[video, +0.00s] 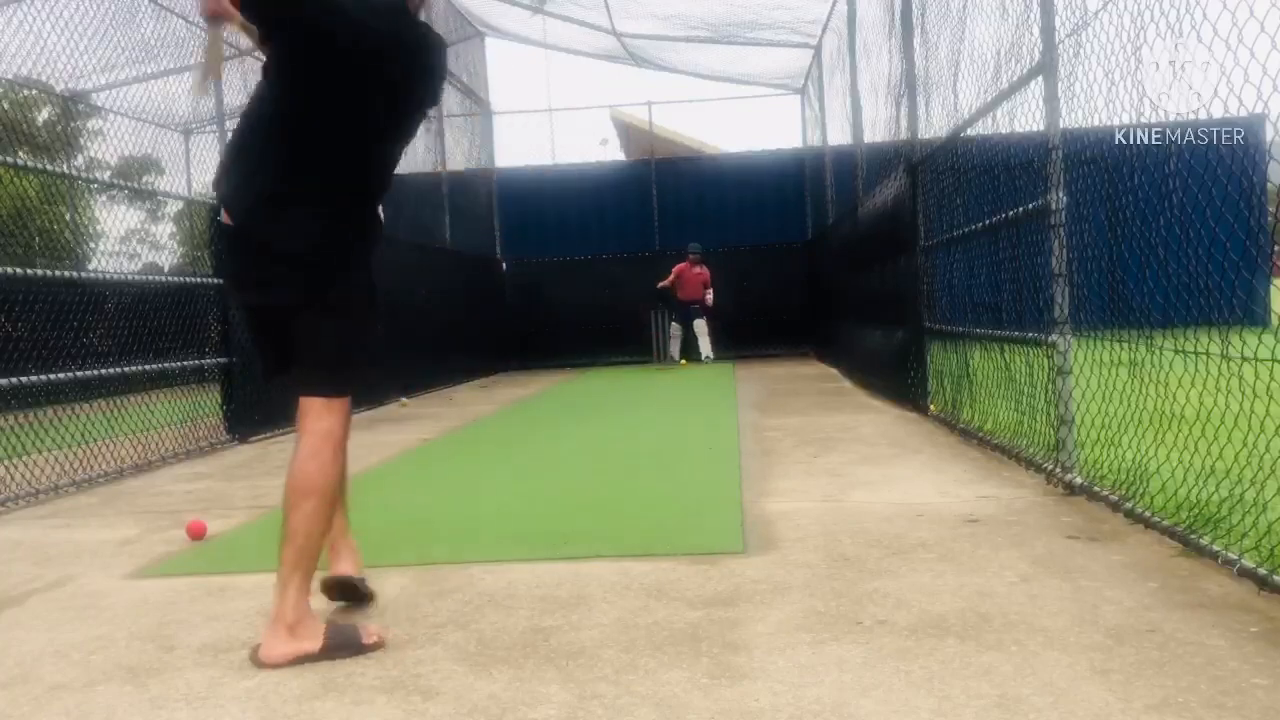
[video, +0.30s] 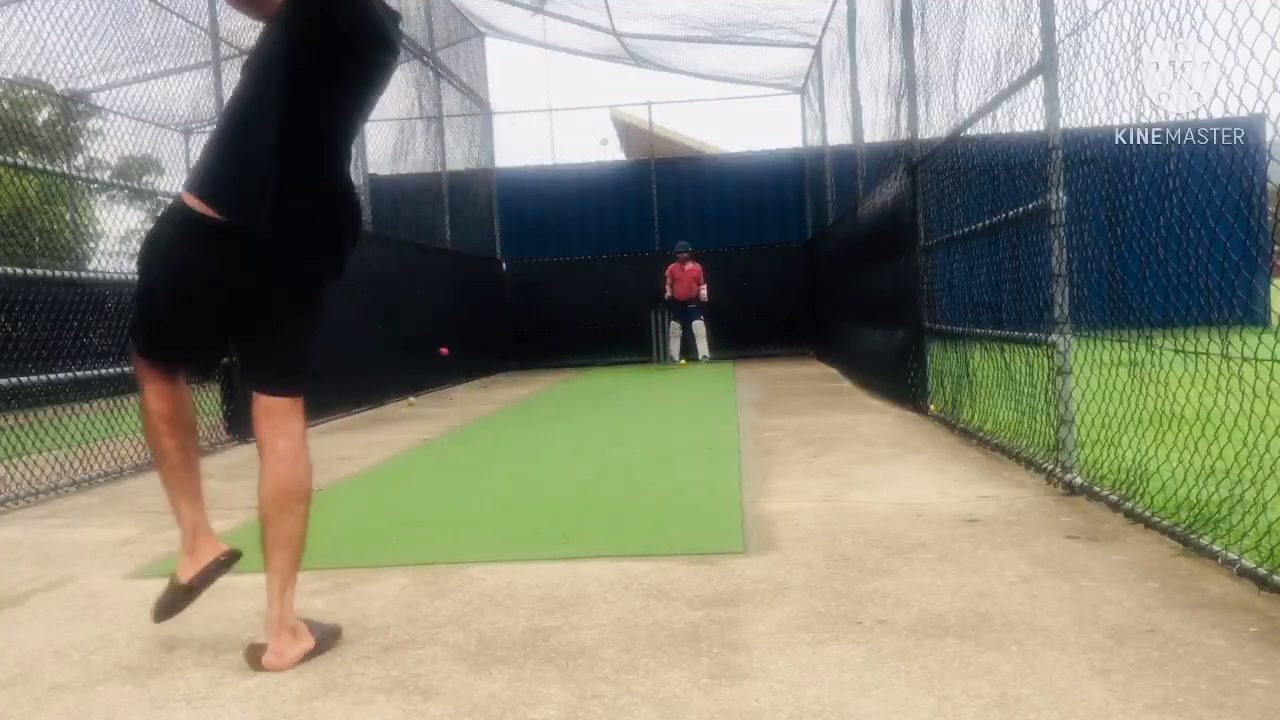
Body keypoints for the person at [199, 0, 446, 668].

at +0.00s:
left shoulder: (302, 12)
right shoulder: (427, 48)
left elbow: (218, 4)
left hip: (246, 217)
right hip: (339, 230)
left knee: (322, 393)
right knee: (322, 416)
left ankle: (342, 552)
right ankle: (289, 623)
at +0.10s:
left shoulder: (289, 17)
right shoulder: (403, 34)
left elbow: (248, 12)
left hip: (246, 219)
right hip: (335, 232)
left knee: (266, 402)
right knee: (314, 421)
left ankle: (286, 559)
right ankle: (290, 625)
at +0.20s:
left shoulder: (302, 12)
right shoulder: (386, 27)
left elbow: (241, 2)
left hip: (229, 217)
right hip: (325, 228)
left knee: (208, 362)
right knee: (298, 417)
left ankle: (241, 539)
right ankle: (288, 627)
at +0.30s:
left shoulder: (317, 8)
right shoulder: (381, 29)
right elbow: (261, 7)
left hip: (210, 219)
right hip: (302, 239)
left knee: (157, 359)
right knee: (282, 419)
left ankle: (197, 544)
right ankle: (283, 630)